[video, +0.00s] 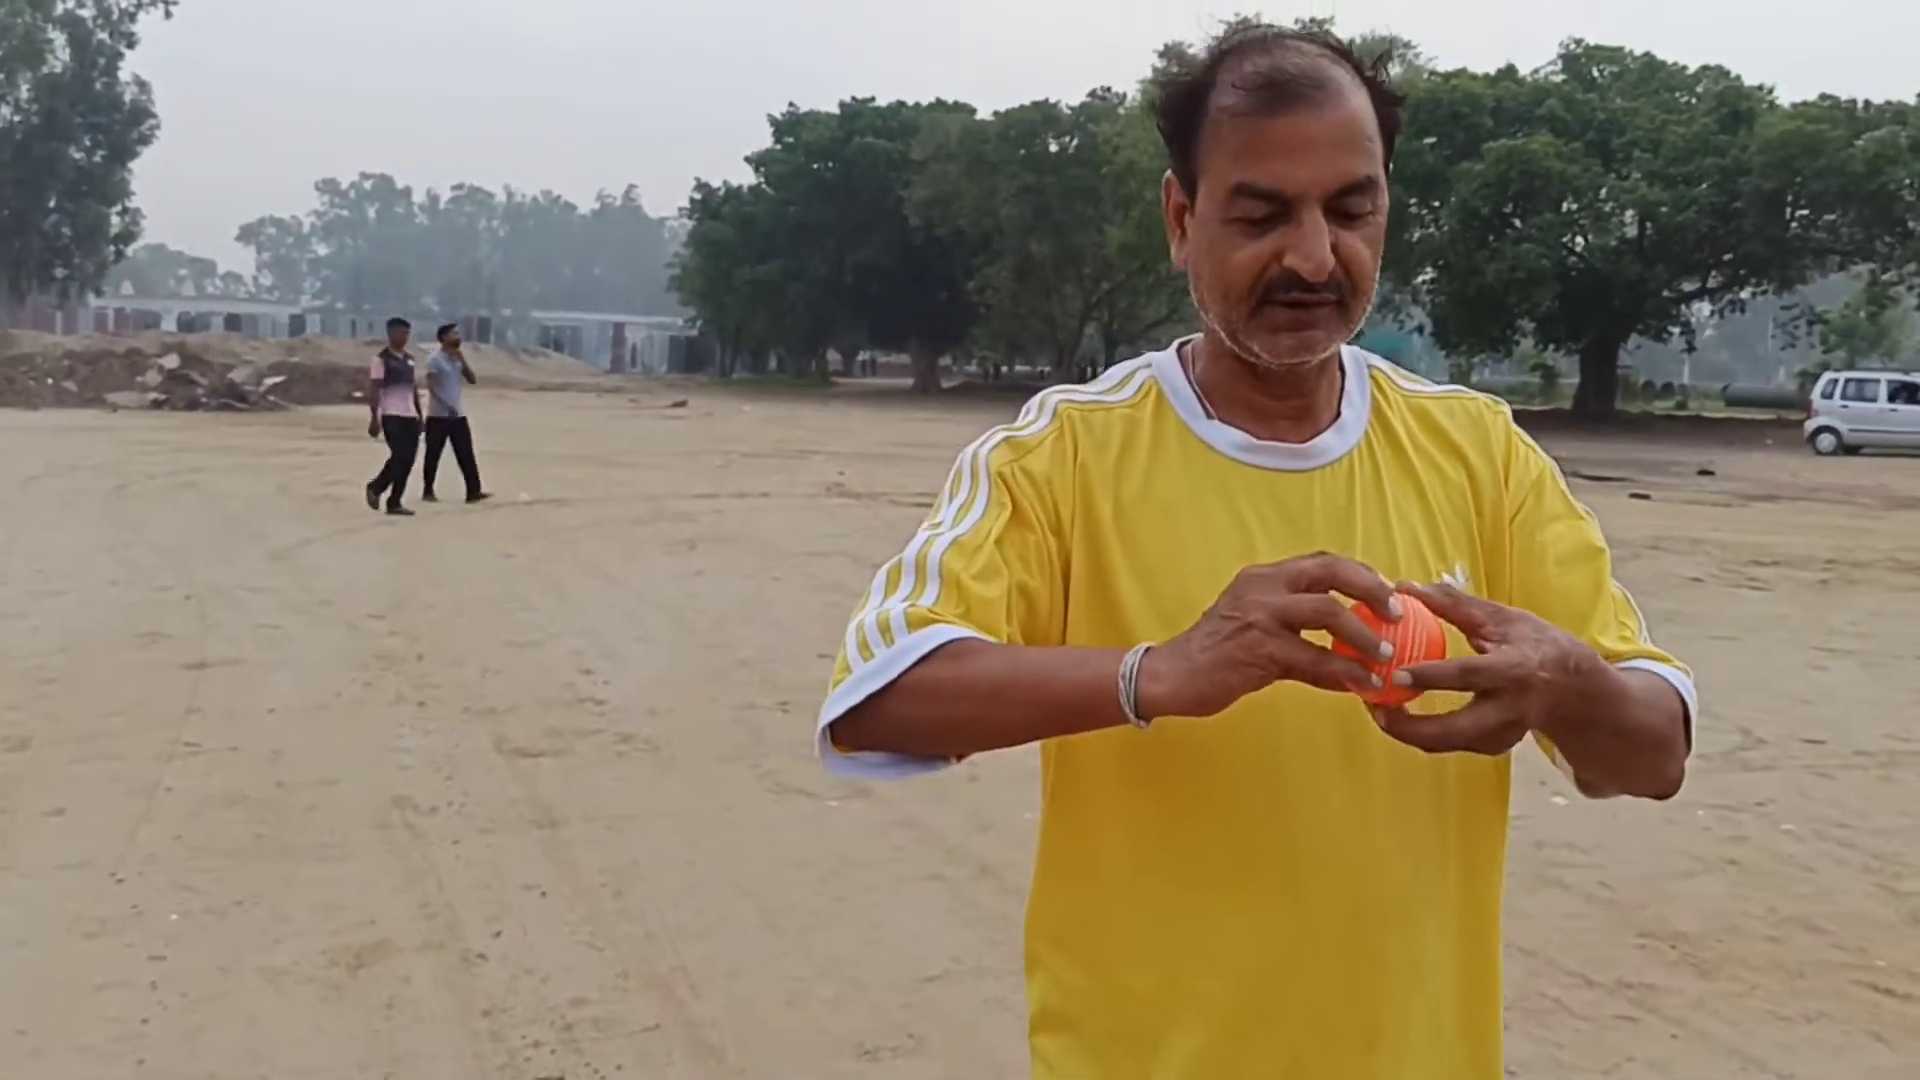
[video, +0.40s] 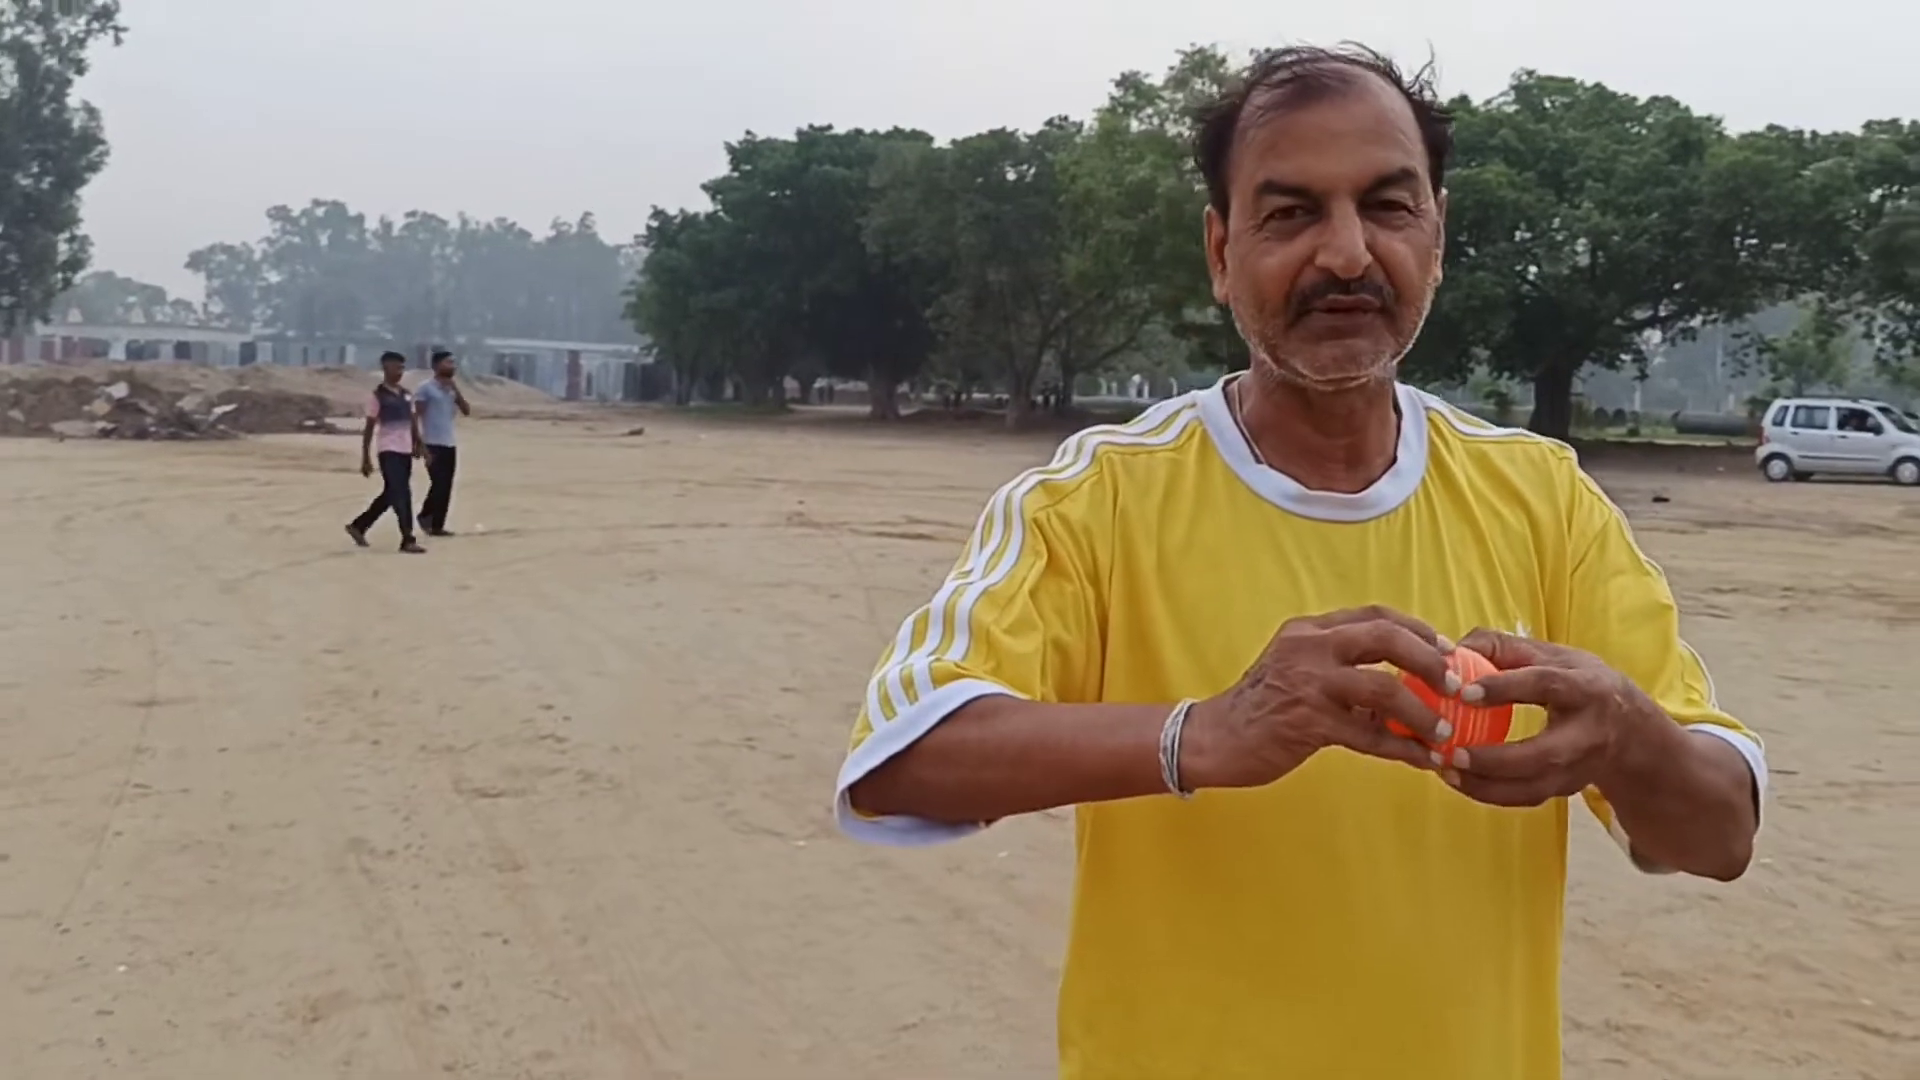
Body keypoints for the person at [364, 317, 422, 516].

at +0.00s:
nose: (404, 338)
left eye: (406, 334)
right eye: (400, 333)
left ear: (408, 335)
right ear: (390, 334)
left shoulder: (409, 359)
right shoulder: (380, 359)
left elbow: (413, 389)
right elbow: (374, 390)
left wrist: (419, 414)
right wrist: (374, 418)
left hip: (410, 413)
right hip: (391, 412)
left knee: (408, 459)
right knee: (400, 455)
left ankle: (395, 500)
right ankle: (375, 487)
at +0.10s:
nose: (402, 346)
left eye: (405, 342)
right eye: (398, 341)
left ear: (408, 344)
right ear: (389, 343)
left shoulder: (408, 368)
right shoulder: (380, 368)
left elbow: (414, 397)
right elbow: (369, 397)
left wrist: (423, 420)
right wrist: (365, 426)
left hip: (407, 421)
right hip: (390, 420)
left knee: (399, 465)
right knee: (402, 463)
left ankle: (388, 508)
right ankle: (390, 509)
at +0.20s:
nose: (408, 356)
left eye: (410, 352)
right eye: (404, 352)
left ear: (413, 354)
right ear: (394, 352)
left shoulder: (413, 378)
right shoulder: (384, 378)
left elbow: (420, 406)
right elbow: (373, 406)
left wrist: (431, 429)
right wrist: (365, 435)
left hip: (410, 433)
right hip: (393, 432)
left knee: (392, 478)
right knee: (406, 477)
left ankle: (377, 517)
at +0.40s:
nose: (398, 372)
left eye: (400, 368)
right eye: (394, 368)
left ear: (403, 370)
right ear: (384, 369)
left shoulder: (406, 395)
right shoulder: (376, 396)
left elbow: (412, 422)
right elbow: (369, 427)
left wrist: (418, 443)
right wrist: (365, 458)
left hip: (405, 449)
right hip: (388, 449)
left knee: (391, 493)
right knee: (401, 493)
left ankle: (359, 525)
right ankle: (408, 537)